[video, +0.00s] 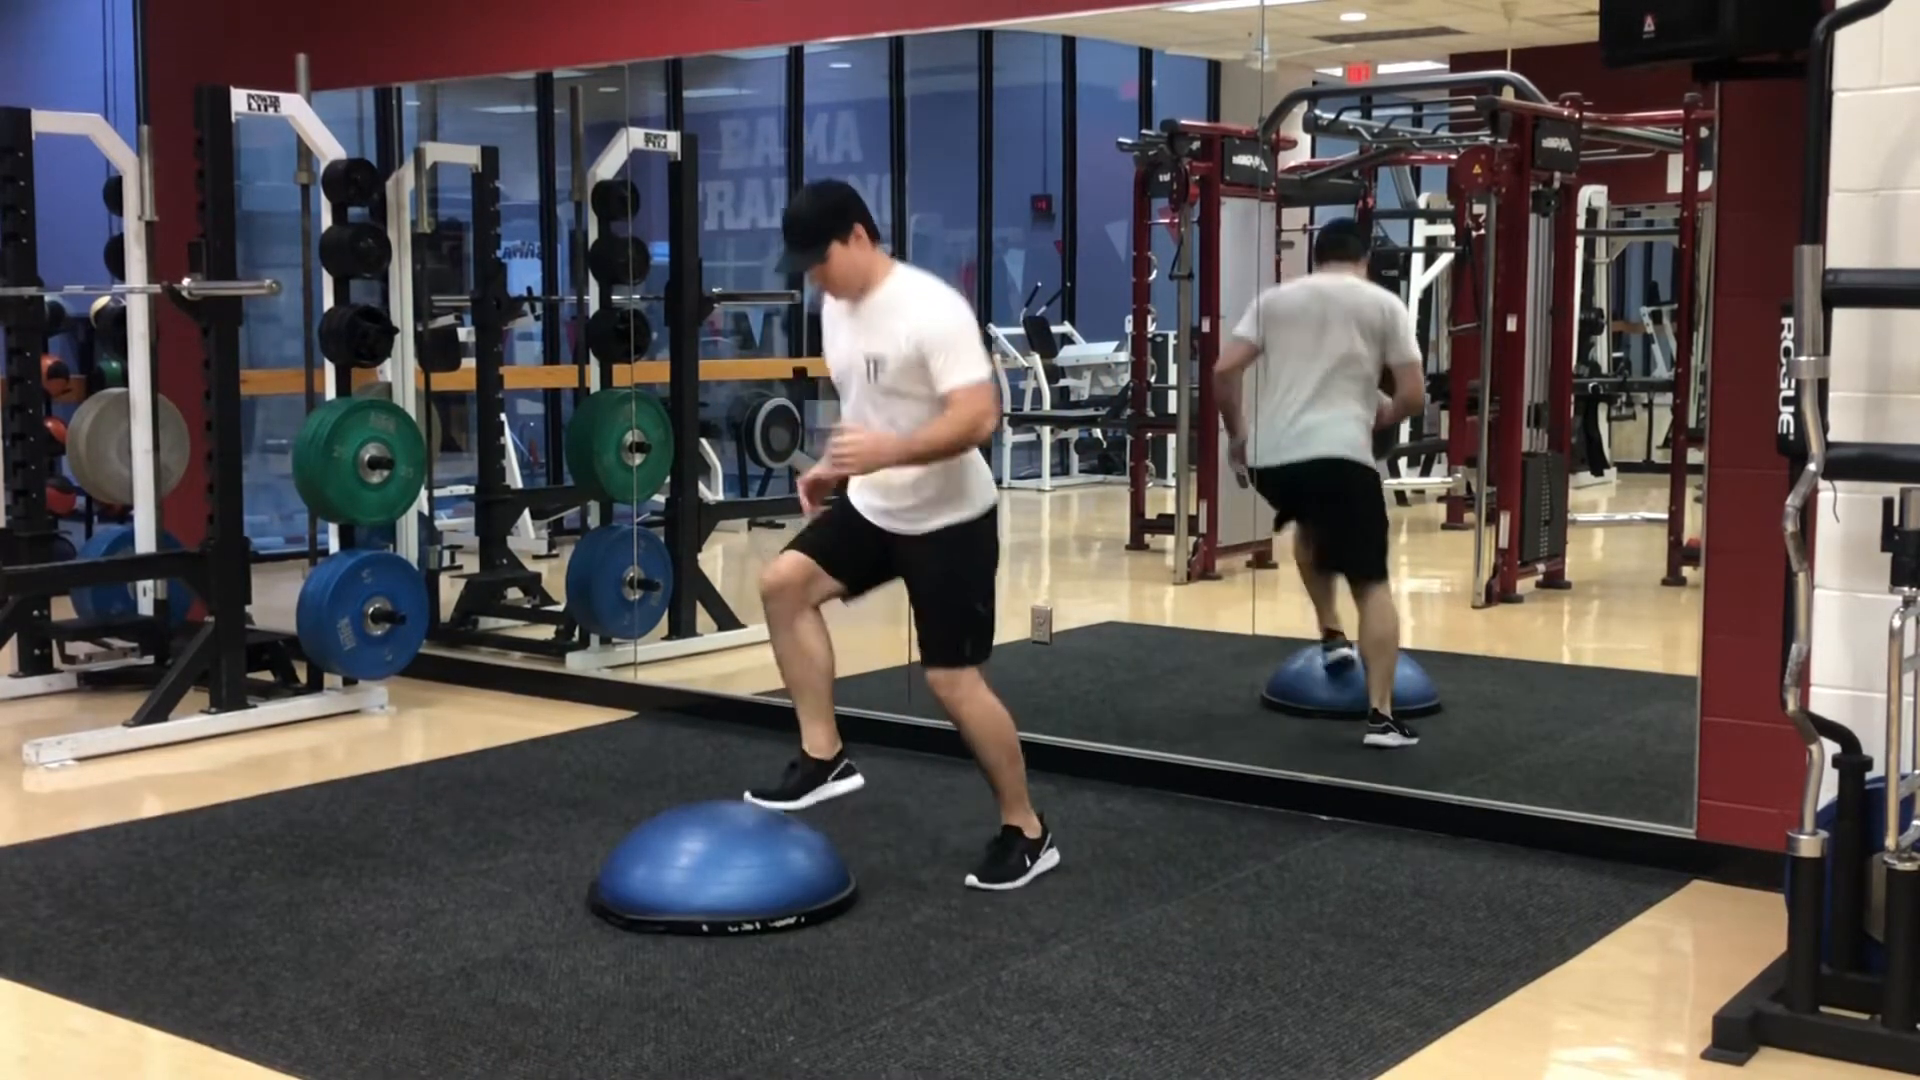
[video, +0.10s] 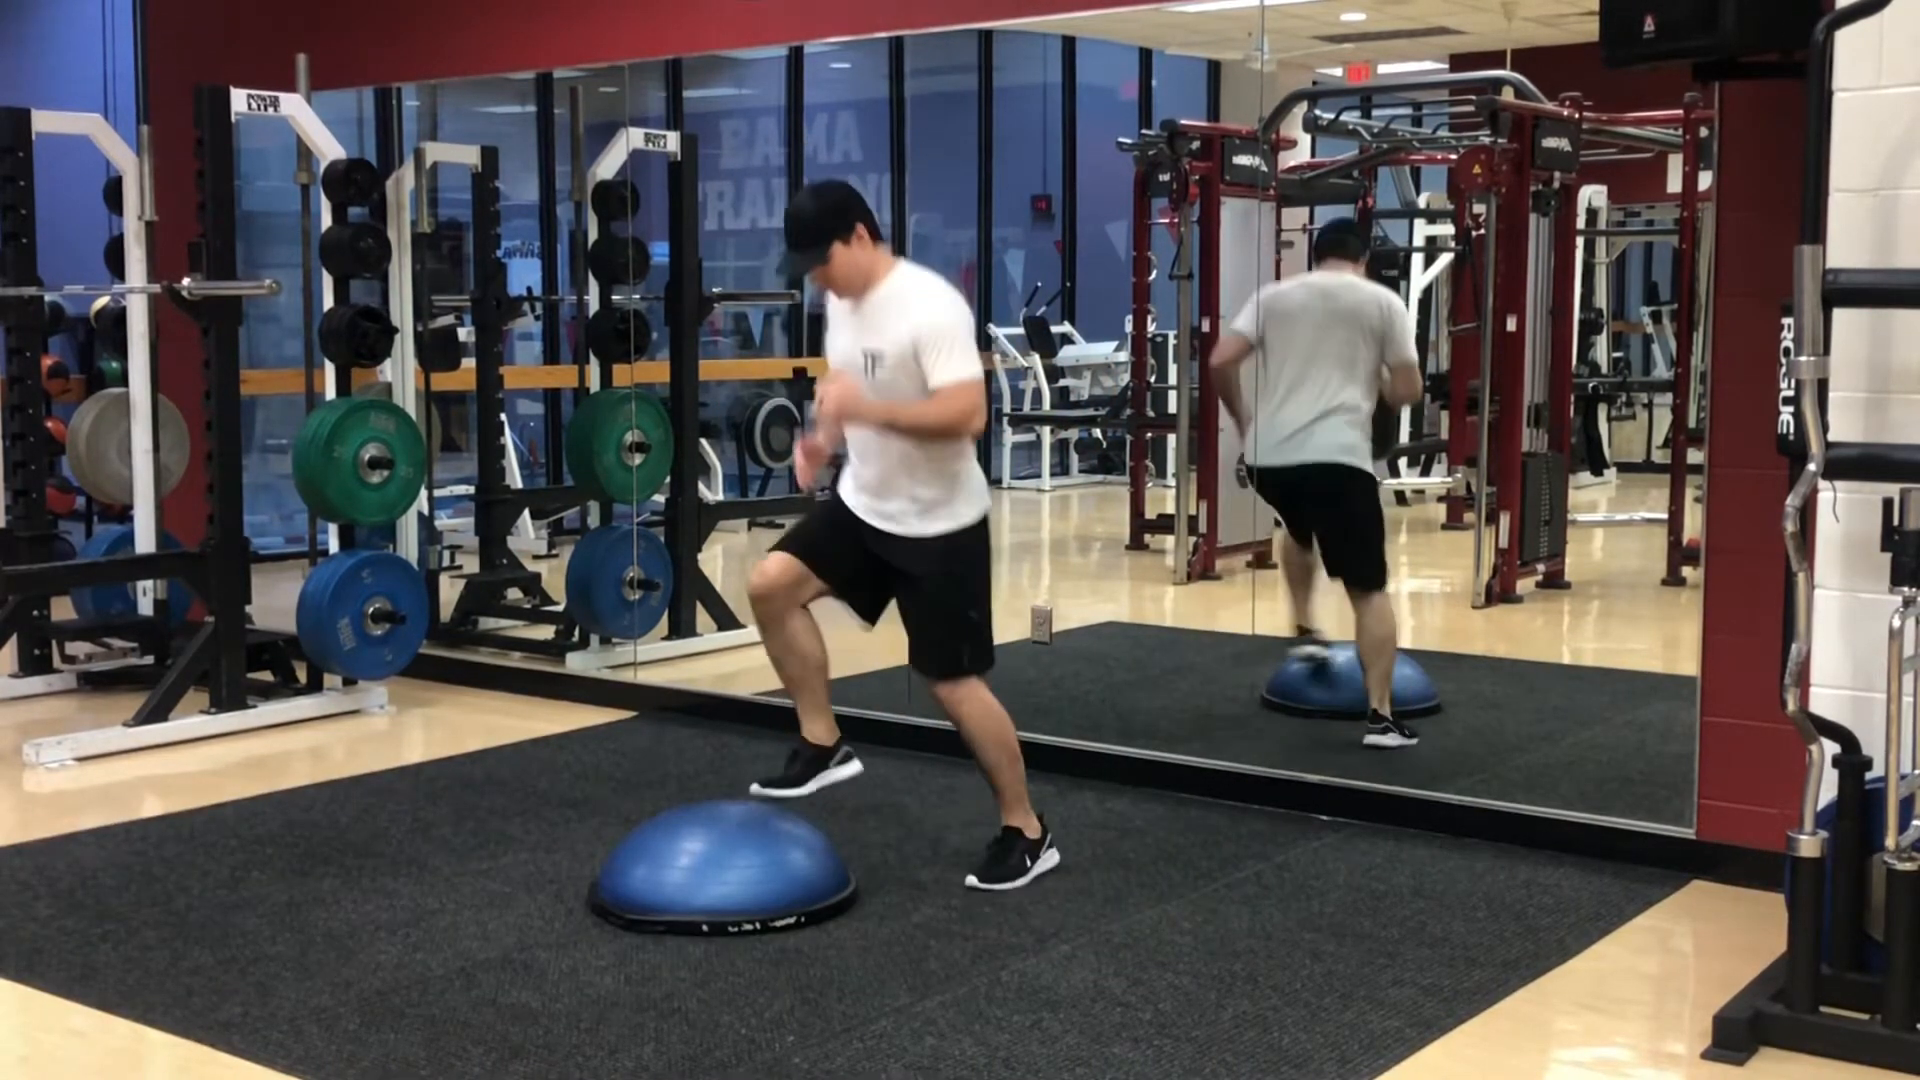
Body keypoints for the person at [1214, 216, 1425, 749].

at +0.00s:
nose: (1366, 270)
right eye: (1368, 263)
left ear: (1315, 260)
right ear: (1364, 261)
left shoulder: (1273, 300)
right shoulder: (1385, 304)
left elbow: (1224, 372)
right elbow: (1412, 396)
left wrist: (1236, 437)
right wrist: (1373, 422)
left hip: (1273, 459)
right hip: (1344, 459)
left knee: (1307, 527)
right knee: (1372, 585)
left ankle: (1332, 638)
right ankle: (1381, 714)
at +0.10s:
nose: (1365, 269)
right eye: (1367, 262)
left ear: (1315, 256)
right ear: (1363, 261)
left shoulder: (1273, 296)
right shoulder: (1384, 302)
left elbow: (1219, 363)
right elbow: (1406, 390)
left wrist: (1241, 417)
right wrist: (1370, 381)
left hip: (1272, 461)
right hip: (1341, 463)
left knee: (1297, 530)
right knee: (1370, 591)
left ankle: (1304, 633)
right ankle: (1380, 715)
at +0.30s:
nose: (1344, 243)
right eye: (1344, 236)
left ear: (1295, 232)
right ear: (1341, 235)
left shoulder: (1248, 270)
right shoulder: (1349, 266)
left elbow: (1198, 344)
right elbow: (1360, 333)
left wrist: (1236, 384)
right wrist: (1356, 385)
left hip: (1241, 421)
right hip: (1308, 424)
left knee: (1246, 545)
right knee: (1358, 518)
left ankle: (1197, 659)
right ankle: (1341, 629)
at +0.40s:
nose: (1330, 271)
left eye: (1328, 266)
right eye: (1330, 265)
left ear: (1280, 259)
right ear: (1324, 261)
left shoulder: (1238, 301)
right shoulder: (1326, 292)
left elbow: (1197, 384)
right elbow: (1329, 350)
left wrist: (1240, 418)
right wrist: (1337, 418)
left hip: (1229, 452)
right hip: (1292, 451)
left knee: (1225, 569)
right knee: (1342, 507)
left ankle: (1180, 690)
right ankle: (1314, 616)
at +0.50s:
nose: (1323, 272)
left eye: (1321, 267)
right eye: (1323, 266)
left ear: (1272, 259)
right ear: (1315, 262)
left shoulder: (1232, 304)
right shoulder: (1318, 292)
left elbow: (1194, 379)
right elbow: (1323, 342)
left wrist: (1233, 417)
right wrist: (1344, 402)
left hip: (1230, 455)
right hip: (1292, 449)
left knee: (1225, 576)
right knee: (1352, 512)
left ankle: (1180, 689)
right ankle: (1326, 622)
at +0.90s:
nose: (1339, 266)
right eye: (1343, 258)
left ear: (1294, 258)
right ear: (1344, 257)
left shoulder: (1260, 299)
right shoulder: (1369, 300)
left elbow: (1210, 364)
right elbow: (1415, 371)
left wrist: (1222, 417)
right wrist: (1381, 388)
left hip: (1272, 462)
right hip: (1337, 461)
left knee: (1306, 533)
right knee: (1366, 588)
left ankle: (1318, 629)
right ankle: (1378, 712)